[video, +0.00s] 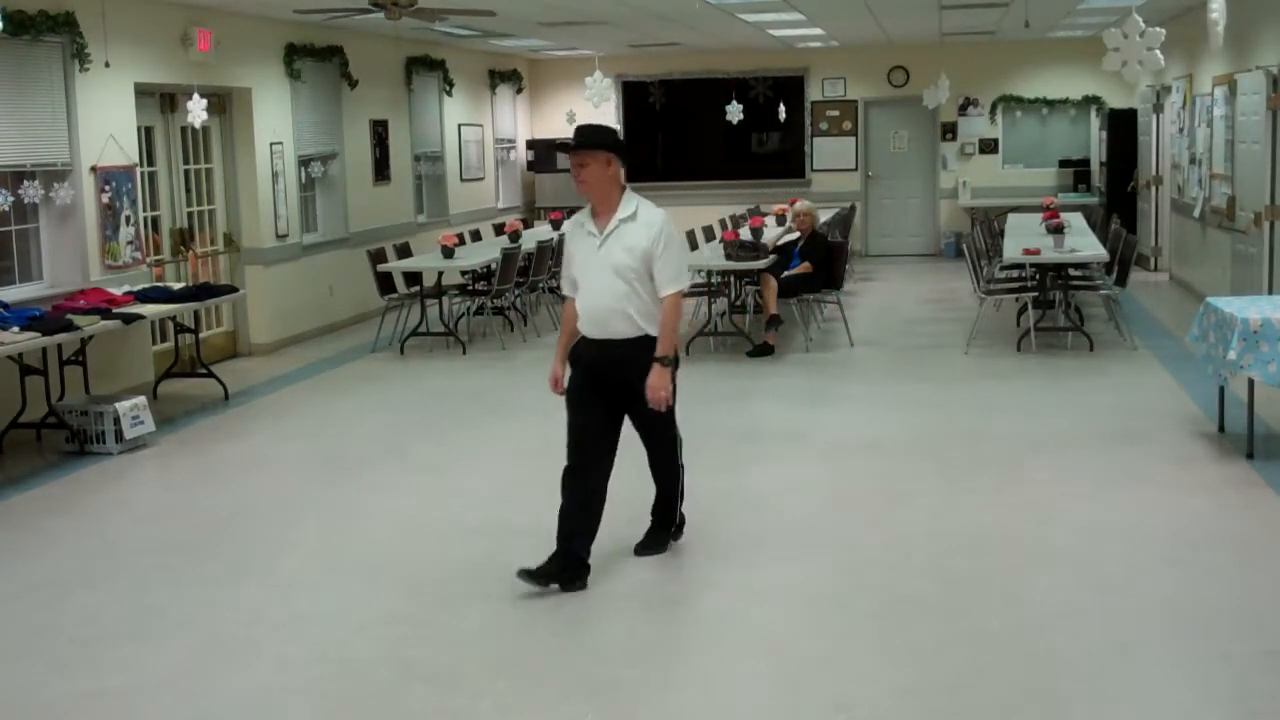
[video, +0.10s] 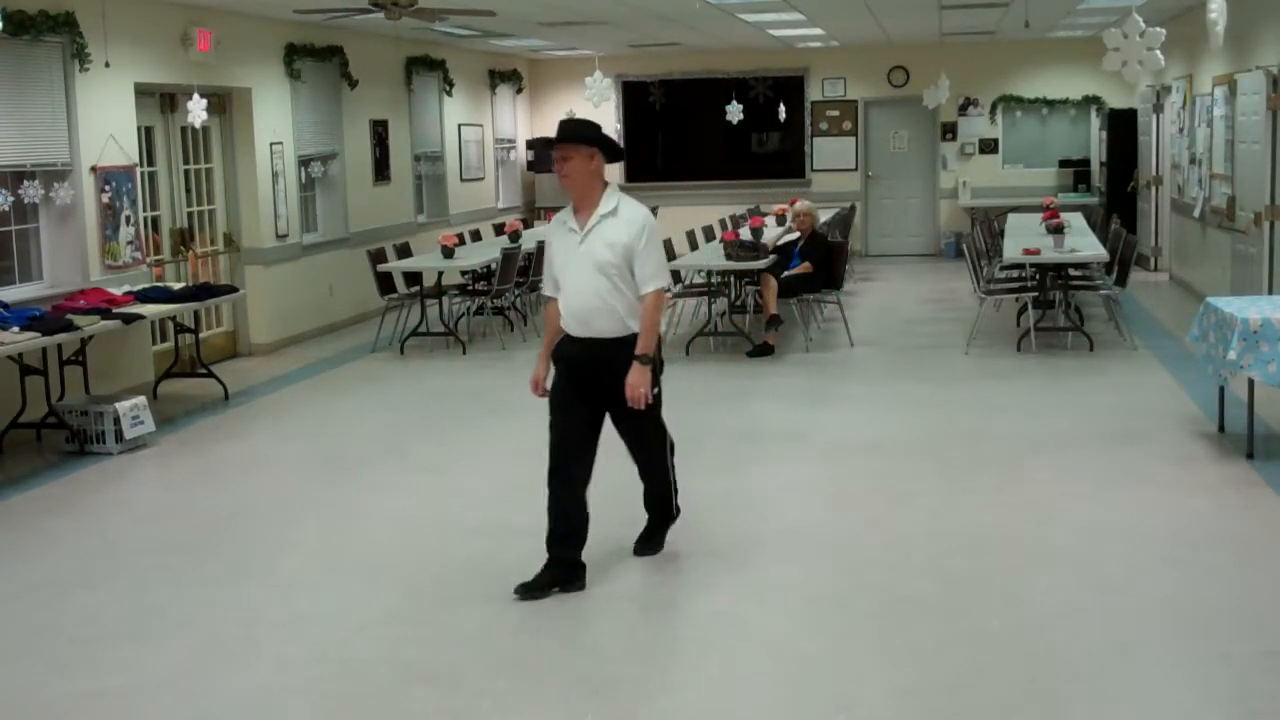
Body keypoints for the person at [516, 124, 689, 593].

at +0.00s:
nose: (575, 174)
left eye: (584, 165)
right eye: (573, 166)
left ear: (612, 166)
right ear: (575, 172)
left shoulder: (654, 222)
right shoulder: (575, 230)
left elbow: (673, 297)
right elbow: (574, 299)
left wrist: (663, 364)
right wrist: (561, 356)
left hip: (644, 356)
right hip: (591, 358)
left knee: (661, 448)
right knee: (583, 464)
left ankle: (667, 522)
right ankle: (570, 561)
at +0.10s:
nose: (558, 167)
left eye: (567, 158)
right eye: (556, 160)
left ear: (597, 162)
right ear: (560, 166)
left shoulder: (635, 219)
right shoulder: (557, 228)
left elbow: (656, 293)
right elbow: (555, 300)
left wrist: (643, 362)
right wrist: (544, 358)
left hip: (627, 354)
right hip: (575, 355)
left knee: (650, 448)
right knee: (566, 468)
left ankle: (661, 513)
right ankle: (564, 564)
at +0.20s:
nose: (541, 161)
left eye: (550, 151)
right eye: (539, 153)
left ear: (581, 154)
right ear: (548, 160)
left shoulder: (621, 213)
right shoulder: (546, 223)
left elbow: (640, 289)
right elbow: (546, 301)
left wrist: (625, 360)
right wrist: (527, 357)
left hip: (611, 350)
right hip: (562, 352)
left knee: (621, 455)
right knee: (555, 463)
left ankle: (649, 508)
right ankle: (563, 564)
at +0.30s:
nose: (529, 157)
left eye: (538, 149)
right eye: (529, 150)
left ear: (570, 153)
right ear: (543, 157)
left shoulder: (608, 211)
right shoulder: (541, 221)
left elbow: (629, 289)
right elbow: (539, 299)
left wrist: (611, 362)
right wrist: (515, 353)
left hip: (600, 349)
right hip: (553, 350)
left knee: (597, 462)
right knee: (553, 463)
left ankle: (632, 537)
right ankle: (562, 564)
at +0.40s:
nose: (521, 164)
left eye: (530, 155)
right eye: (521, 156)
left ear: (562, 159)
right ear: (537, 163)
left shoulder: (599, 218)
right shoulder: (541, 223)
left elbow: (615, 300)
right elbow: (540, 304)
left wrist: (597, 375)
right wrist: (507, 355)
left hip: (589, 358)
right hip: (548, 356)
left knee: (574, 471)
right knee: (541, 466)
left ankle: (612, 577)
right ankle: (561, 567)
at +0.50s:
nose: (512, 174)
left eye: (519, 164)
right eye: (512, 165)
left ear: (548, 166)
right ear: (539, 168)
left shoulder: (585, 227)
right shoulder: (554, 224)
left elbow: (600, 313)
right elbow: (546, 306)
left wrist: (585, 389)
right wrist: (511, 357)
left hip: (581, 372)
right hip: (549, 368)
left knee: (569, 490)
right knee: (538, 477)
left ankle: (593, 606)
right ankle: (561, 567)